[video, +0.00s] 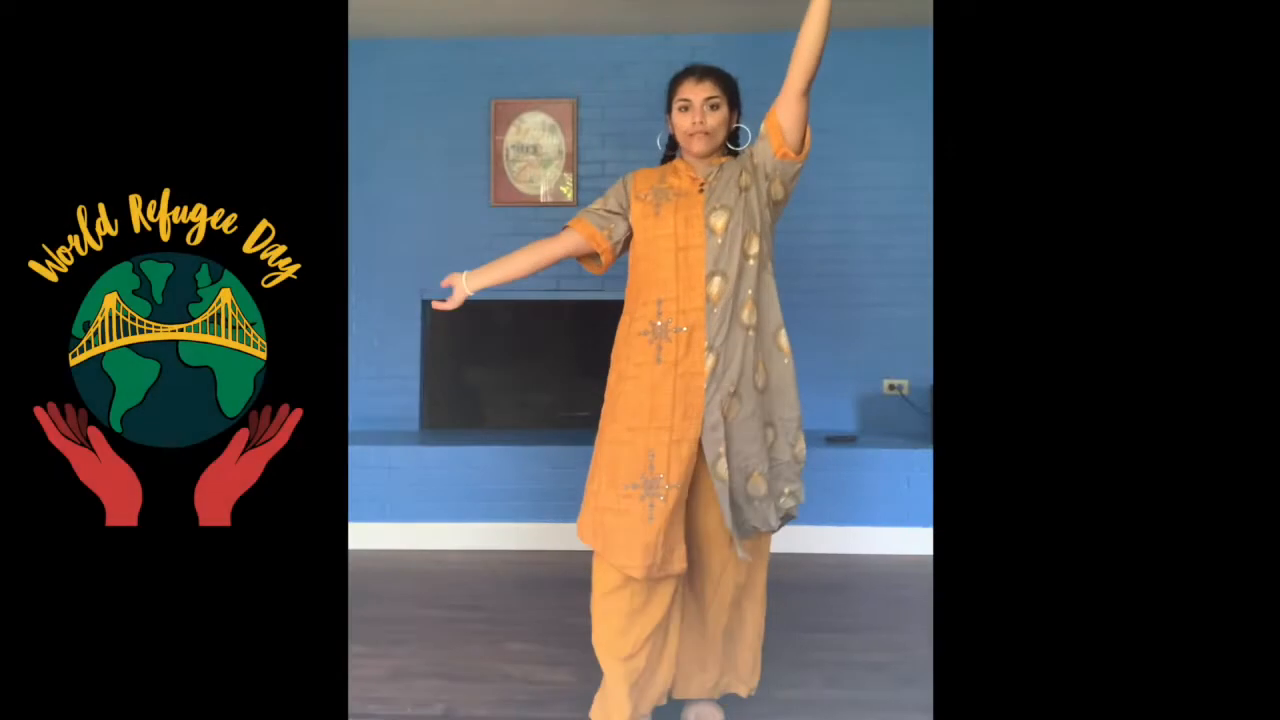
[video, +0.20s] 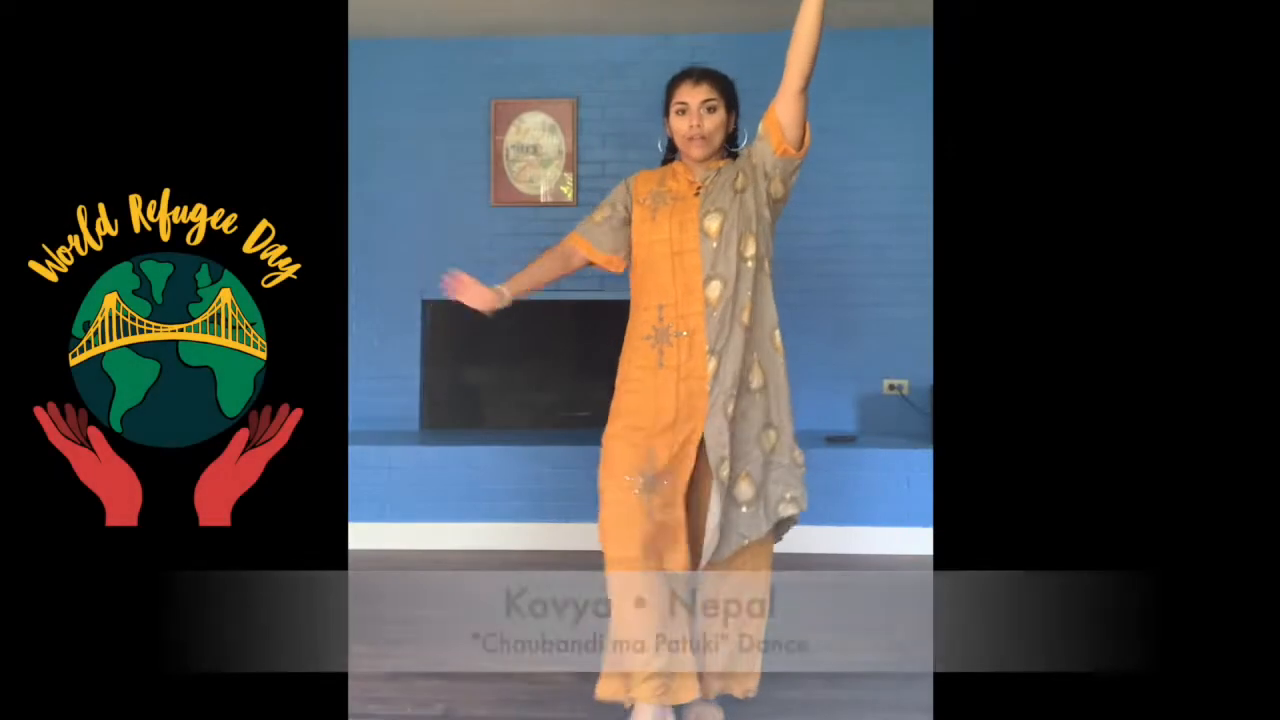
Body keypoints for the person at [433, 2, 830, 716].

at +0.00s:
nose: (697, 116)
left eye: (710, 105)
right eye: (685, 106)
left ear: (732, 118)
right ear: (669, 119)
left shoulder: (754, 180)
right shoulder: (641, 188)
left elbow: (797, 83)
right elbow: (566, 242)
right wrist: (472, 280)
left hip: (732, 384)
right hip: (650, 386)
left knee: (722, 545)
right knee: (636, 543)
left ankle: (703, 691)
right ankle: (624, 698)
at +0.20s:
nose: (695, 121)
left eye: (709, 108)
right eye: (682, 110)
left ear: (730, 119)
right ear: (667, 122)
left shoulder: (755, 180)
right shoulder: (641, 191)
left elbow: (795, 87)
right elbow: (572, 252)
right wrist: (501, 295)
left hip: (733, 390)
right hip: (652, 391)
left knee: (720, 541)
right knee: (636, 537)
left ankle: (699, 689)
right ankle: (649, 693)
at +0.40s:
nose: (697, 131)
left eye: (710, 120)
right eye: (684, 121)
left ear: (731, 132)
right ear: (668, 133)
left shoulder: (753, 190)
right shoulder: (638, 199)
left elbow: (794, 96)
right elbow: (565, 260)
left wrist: (806, 6)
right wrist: (577, 344)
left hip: (740, 399)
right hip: (653, 399)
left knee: (733, 553)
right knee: (635, 551)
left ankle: (713, 706)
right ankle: (633, 706)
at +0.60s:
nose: (695, 122)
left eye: (708, 109)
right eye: (682, 111)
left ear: (730, 119)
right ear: (667, 122)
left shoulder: (754, 179)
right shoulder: (638, 188)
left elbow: (788, 79)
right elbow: (581, 249)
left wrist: (800, 0)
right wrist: (591, 311)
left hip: (737, 386)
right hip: (652, 388)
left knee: (733, 544)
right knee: (637, 543)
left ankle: (709, 695)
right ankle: (620, 703)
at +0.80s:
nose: (695, 124)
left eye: (707, 111)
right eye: (682, 114)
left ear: (730, 122)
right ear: (667, 125)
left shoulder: (753, 182)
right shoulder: (640, 190)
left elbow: (783, 83)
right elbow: (579, 250)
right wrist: (589, 298)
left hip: (729, 379)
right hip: (643, 375)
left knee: (721, 535)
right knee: (617, 527)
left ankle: (702, 690)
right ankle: (607, 689)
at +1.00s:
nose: (697, 133)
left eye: (710, 120)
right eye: (684, 122)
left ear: (732, 132)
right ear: (669, 134)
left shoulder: (754, 190)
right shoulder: (640, 200)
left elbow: (784, 90)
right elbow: (574, 263)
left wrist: (789, 2)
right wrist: (588, 343)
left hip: (738, 401)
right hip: (651, 400)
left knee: (720, 558)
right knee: (642, 552)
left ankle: (695, 698)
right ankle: (640, 703)